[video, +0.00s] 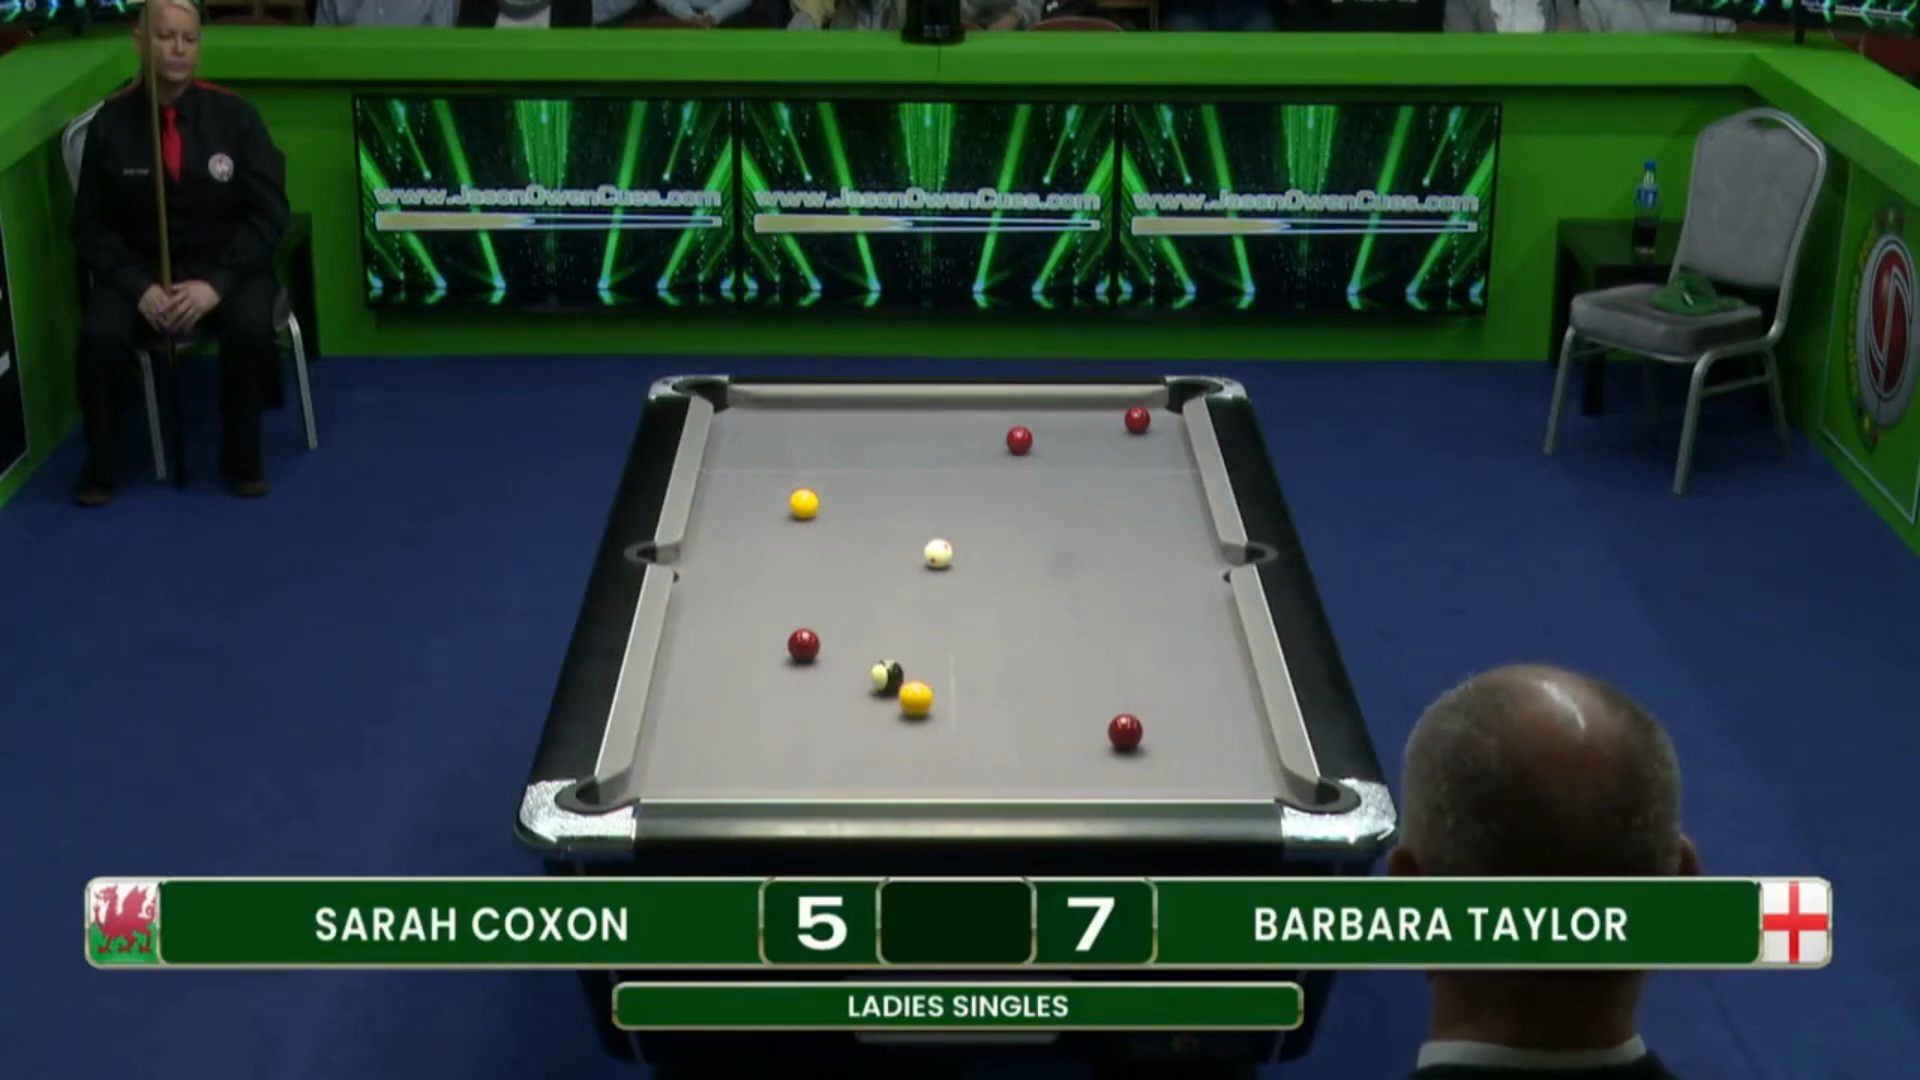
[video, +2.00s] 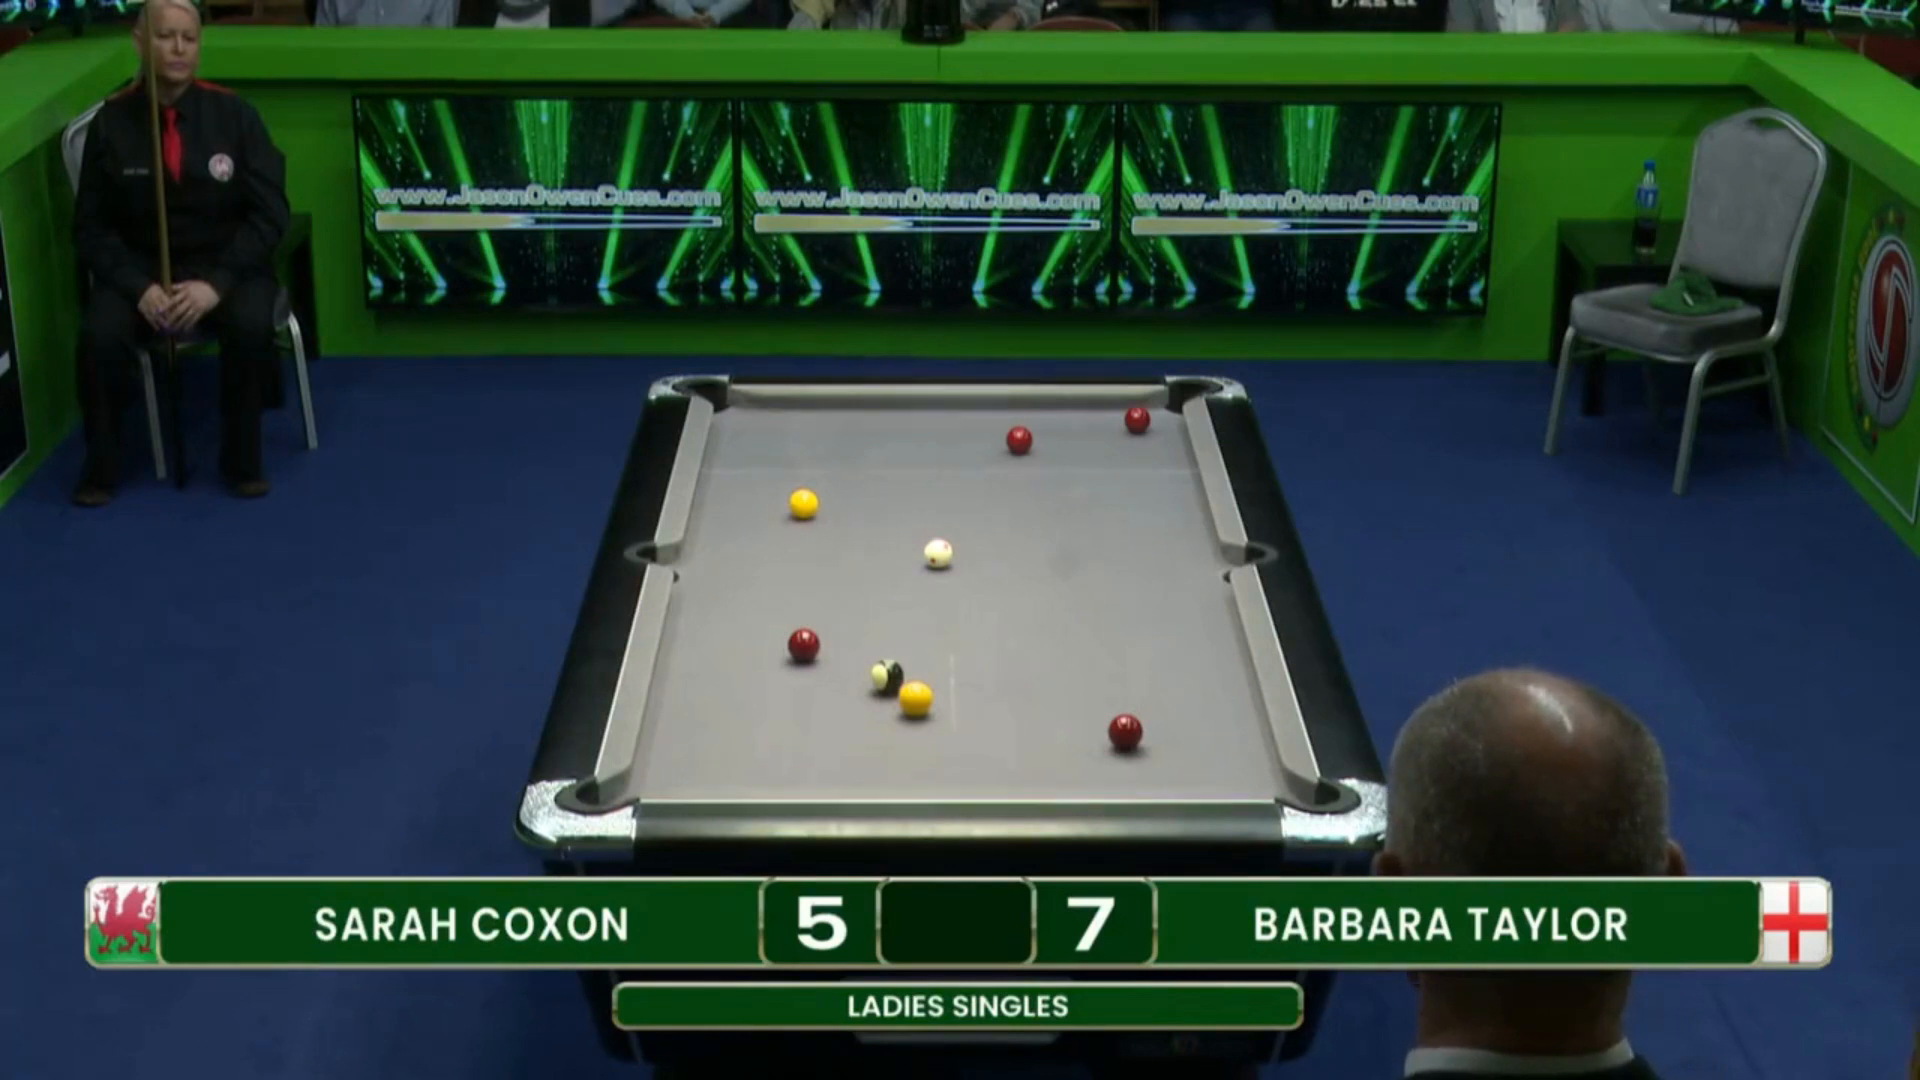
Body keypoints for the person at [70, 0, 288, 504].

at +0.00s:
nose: (179, 49)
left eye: (189, 38)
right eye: (166, 37)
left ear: (199, 45)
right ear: (141, 41)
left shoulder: (235, 115)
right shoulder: (111, 121)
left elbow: (269, 214)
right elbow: (90, 226)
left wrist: (213, 283)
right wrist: (140, 287)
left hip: (221, 266)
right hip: (138, 273)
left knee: (249, 329)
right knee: (101, 335)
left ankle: (243, 461)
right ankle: (101, 467)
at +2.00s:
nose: (179, 48)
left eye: (189, 38)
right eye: (165, 36)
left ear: (200, 44)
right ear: (141, 41)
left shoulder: (234, 115)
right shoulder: (112, 121)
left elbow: (269, 215)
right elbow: (90, 226)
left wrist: (214, 284)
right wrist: (140, 287)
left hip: (221, 267)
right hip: (139, 273)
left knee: (248, 328)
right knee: (101, 335)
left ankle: (243, 463)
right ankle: (101, 469)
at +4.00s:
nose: (179, 49)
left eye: (189, 38)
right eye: (165, 37)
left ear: (199, 44)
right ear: (140, 42)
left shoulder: (234, 116)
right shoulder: (111, 122)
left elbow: (269, 215)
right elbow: (90, 226)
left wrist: (214, 284)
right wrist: (140, 287)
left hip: (221, 267)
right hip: (138, 274)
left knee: (248, 328)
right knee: (101, 336)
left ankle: (243, 463)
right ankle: (101, 469)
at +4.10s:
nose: (179, 49)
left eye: (189, 38)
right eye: (165, 37)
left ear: (199, 44)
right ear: (140, 42)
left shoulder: (234, 116)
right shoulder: (111, 122)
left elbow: (269, 215)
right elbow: (91, 226)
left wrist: (214, 284)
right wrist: (140, 287)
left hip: (221, 268)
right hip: (138, 274)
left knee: (248, 328)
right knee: (101, 336)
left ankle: (243, 463)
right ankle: (101, 469)